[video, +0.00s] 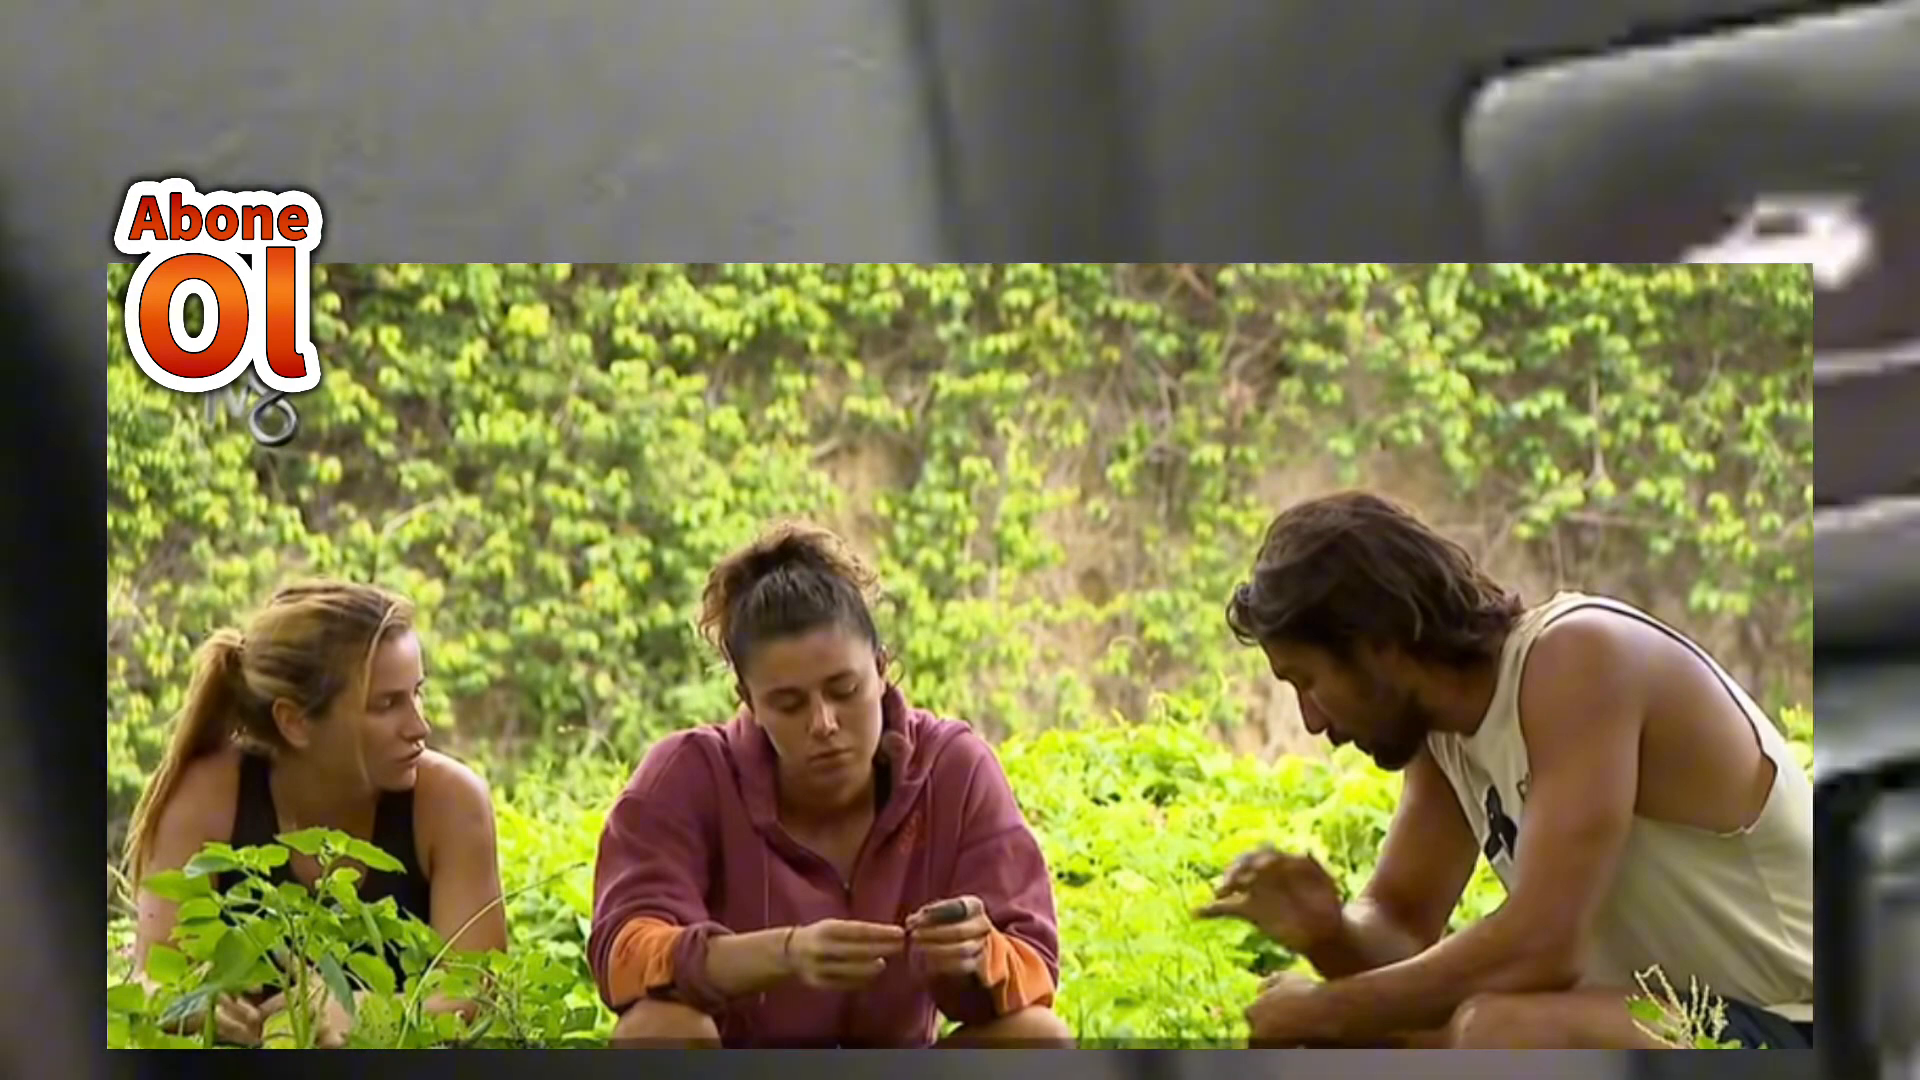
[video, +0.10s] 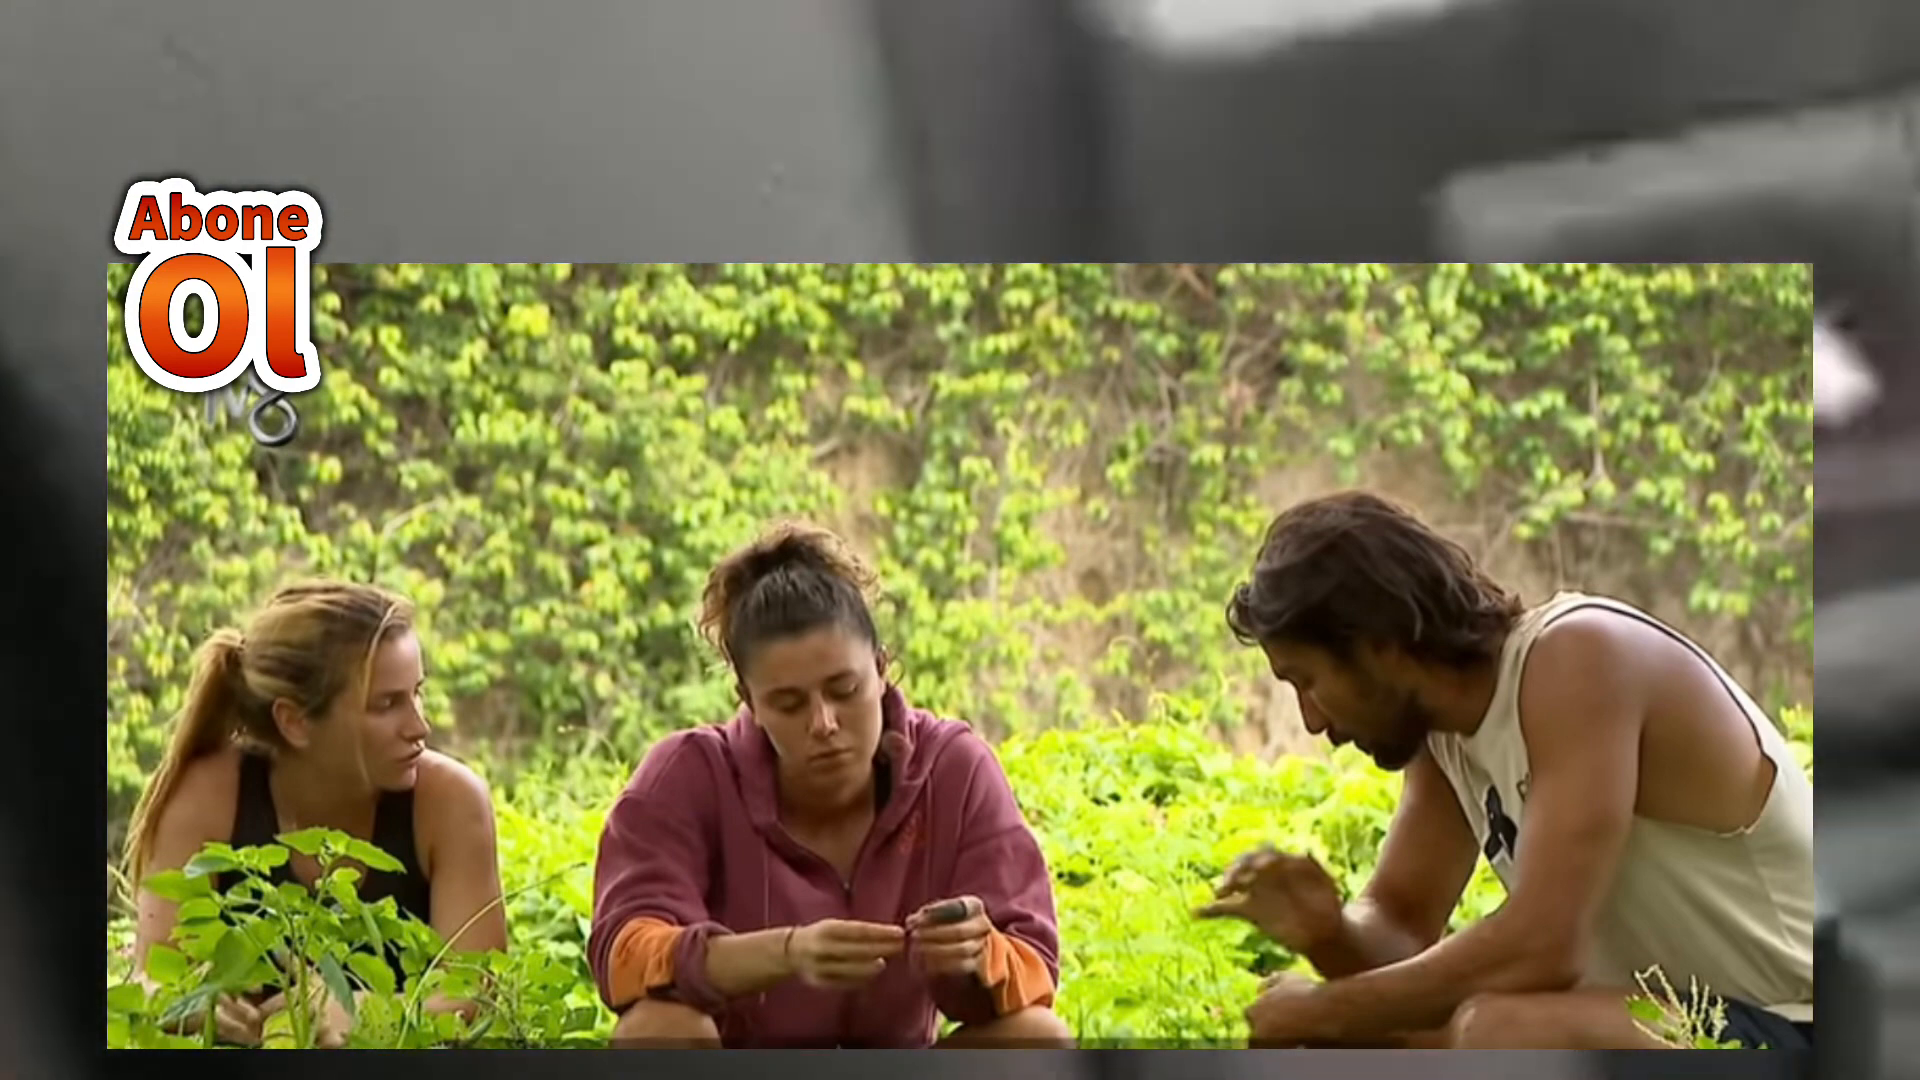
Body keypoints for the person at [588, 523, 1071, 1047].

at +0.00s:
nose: (824, 725)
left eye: (844, 690)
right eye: (789, 703)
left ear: (881, 670)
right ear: (747, 699)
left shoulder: (955, 766)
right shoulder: (687, 773)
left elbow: (1030, 970)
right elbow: (630, 957)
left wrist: (977, 953)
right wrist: (785, 953)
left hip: (897, 1061)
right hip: (739, 1062)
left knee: (1037, 1037)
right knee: (659, 1026)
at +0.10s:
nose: (824, 725)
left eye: (844, 690)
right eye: (789, 703)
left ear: (881, 670)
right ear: (747, 699)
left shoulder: (955, 766)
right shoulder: (687, 773)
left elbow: (1030, 969)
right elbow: (629, 957)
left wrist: (977, 953)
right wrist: (786, 951)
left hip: (898, 1059)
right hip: (739, 1059)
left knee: (1037, 1038)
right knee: (658, 1027)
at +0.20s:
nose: (824, 725)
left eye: (844, 690)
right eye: (789, 703)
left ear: (881, 670)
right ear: (747, 699)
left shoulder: (955, 766)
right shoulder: (687, 773)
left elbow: (1031, 969)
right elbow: (629, 957)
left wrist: (978, 953)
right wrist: (787, 952)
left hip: (898, 1056)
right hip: (739, 1057)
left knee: (1037, 1036)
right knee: (658, 1027)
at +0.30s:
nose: (824, 725)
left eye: (844, 690)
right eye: (789, 703)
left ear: (880, 670)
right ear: (747, 698)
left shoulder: (955, 766)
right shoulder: (687, 773)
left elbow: (1031, 970)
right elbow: (629, 958)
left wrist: (977, 953)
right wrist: (787, 951)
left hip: (898, 1060)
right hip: (739, 1062)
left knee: (1038, 1037)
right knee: (658, 1027)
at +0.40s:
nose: (824, 725)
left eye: (844, 690)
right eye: (789, 703)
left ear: (881, 670)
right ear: (747, 698)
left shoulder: (955, 765)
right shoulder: (687, 773)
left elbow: (1031, 969)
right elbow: (629, 958)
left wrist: (978, 953)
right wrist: (787, 952)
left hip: (899, 1064)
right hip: (738, 1065)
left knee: (1037, 1037)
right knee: (658, 1027)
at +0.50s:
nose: (824, 725)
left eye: (844, 690)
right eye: (789, 703)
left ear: (880, 670)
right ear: (747, 698)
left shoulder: (955, 766)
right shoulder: (687, 774)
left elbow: (1031, 970)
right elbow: (629, 957)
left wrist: (978, 953)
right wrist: (787, 951)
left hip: (898, 1062)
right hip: (738, 1063)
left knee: (1038, 1037)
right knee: (659, 1027)